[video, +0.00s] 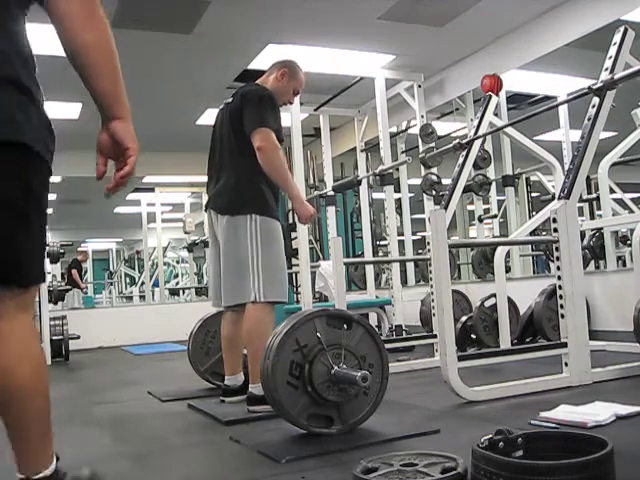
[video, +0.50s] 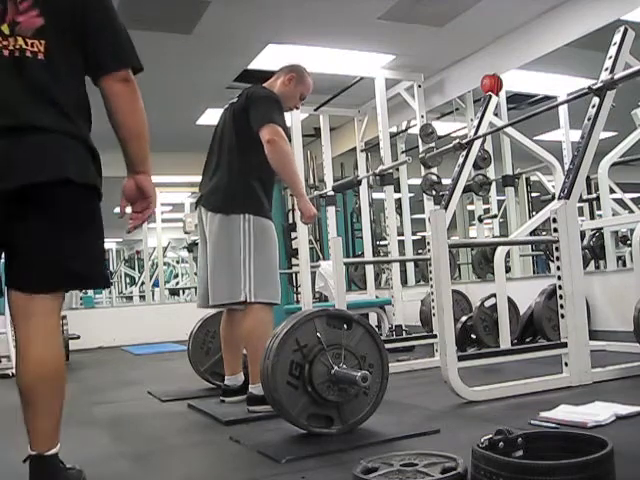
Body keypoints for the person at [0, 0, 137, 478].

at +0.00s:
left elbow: (75, 8)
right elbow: (75, 7)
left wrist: (114, 113)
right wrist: (116, 114)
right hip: (9, 118)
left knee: (18, 310)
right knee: (12, 311)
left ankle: (41, 468)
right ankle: (41, 471)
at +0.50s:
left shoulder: (82, 8)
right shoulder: (76, 3)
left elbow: (115, 76)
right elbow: (117, 76)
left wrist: (137, 170)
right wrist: (139, 169)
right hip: (44, 160)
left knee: (37, 317)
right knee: (36, 316)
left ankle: (44, 459)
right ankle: (44, 461)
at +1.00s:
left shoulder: (48, 25)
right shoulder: (46, 24)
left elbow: (88, 116)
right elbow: (90, 116)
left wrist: (66, 172)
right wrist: (67, 170)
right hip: (34, 183)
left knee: (36, 312)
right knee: (37, 313)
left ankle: (43, 447)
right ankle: (43, 447)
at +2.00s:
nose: (62, 52)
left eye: (63, 47)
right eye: (64, 45)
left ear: (20, 34)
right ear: (55, 39)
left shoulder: (0, 64)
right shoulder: (64, 74)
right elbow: (90, 114)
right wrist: (49, 124)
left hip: (0, 212)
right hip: (49, 212)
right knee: (48, 310)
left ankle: (58, 411)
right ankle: (57, 413)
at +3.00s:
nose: (7, 62)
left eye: (6, 58)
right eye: (5, 57)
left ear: (7, 56)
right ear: (1, 53)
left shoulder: (9, 92)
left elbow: (20, 102)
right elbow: (21, 102)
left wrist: (25, 133)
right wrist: (26, 134)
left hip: (3, 222)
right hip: (1, 224)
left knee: (4, 300)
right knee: (3, 299)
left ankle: (3, 412)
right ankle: (2, 414)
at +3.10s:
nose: (5, 46)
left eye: (5, 42)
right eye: (2, 41)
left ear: (4, 47)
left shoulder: (2, 107)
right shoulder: (1, 107)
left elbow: (6, 118)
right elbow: (7, 119)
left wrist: (23, 145)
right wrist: (24, 147)